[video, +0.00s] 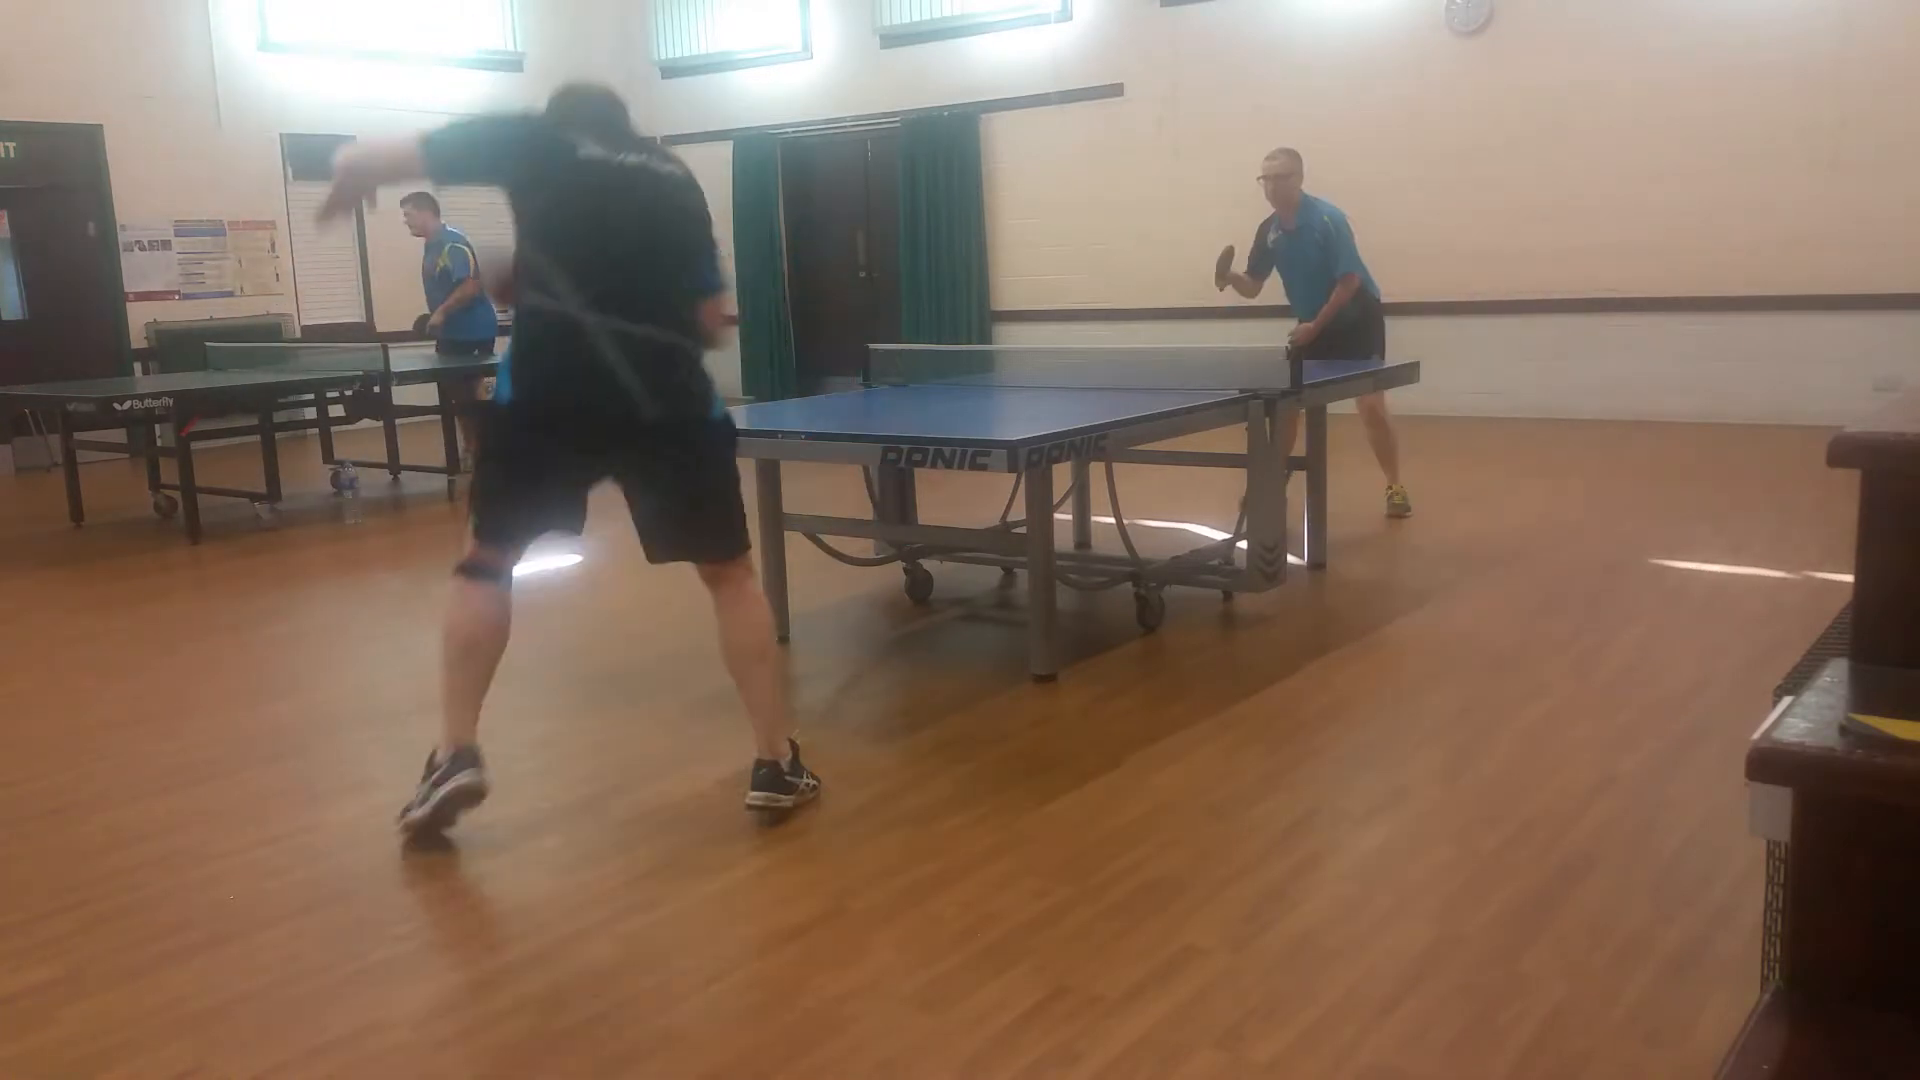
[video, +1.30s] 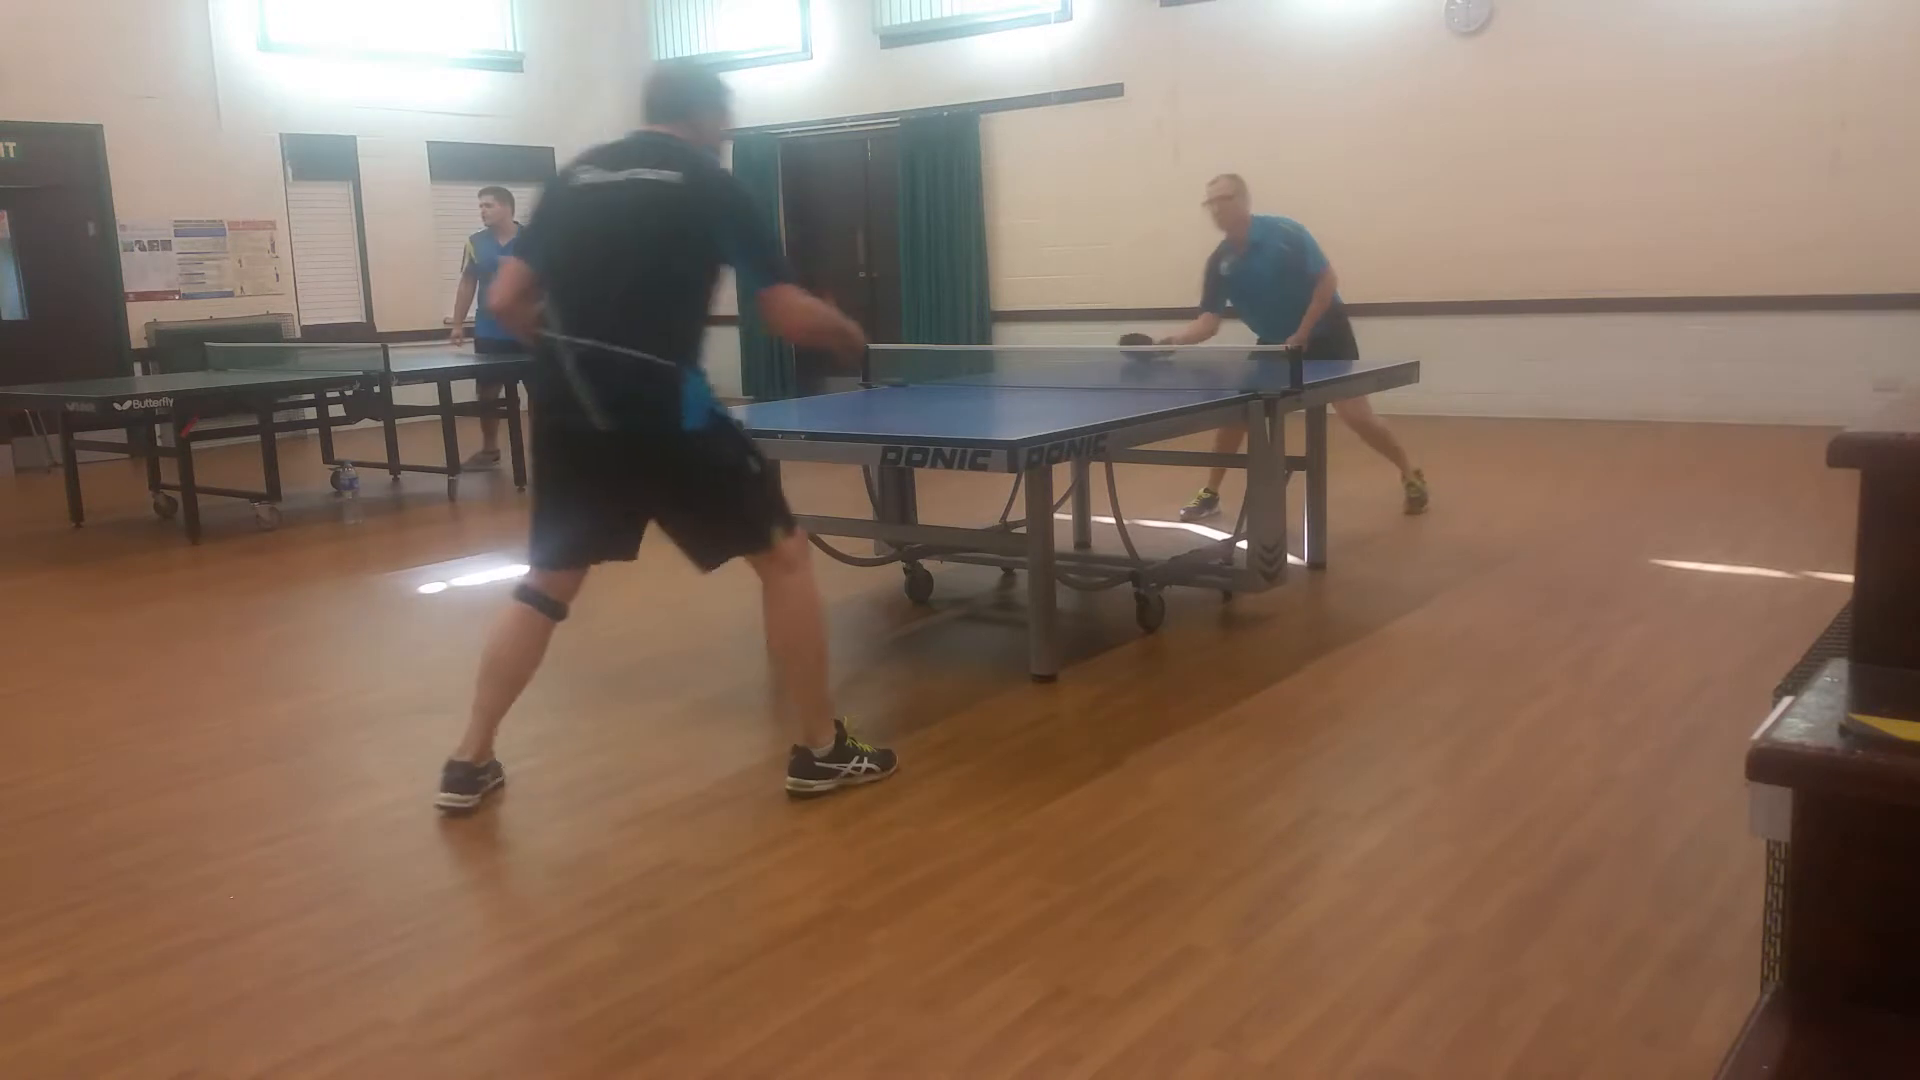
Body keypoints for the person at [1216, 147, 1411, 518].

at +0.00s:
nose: (1268, 187)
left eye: (1276, 179)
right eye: (1264, 180)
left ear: (1296, 179)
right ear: (1261, 184)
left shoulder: (1328, 219)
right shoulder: (1269, 231)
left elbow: (1350, 281)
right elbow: (1251, 287)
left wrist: (1314, 326)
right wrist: (1231, 275)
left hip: (1357, 316)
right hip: (1312, 322)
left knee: (1370, 406)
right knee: (1286, 404)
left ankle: (1394, 485)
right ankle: (1271, 488)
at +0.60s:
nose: (1237, 210)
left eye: (1243, 201)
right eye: (1234, 203)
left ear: (1268, 199)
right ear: (1235, 207)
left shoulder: (1312, 228)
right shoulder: (1259, 255)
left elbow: (1348, 285)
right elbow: (1268, 314)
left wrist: (1322, 336)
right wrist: (1235, 318)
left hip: (1351, 323)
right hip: (1306, 330)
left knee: (1365, 414)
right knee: (1265, 403)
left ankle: (1394, 486)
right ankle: (1230, 482)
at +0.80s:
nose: (1195, 241)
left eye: (1200, 231)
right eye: (1192, 234)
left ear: (1223, 227)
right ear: (1196, 238)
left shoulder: (1271, 243)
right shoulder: (1228, 285)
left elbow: (1323, 285)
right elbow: (1256, 336)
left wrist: (1308, 346)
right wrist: (1215, 328)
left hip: (1331, 338)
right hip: (1283, 349)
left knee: (1354, 420)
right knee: (1238, 416)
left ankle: (1393, 487)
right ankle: (1211, 492)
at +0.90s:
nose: (1179, 248)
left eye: (1183, 238)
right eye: (1175, 242)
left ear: (1205, 232)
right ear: (1182, 245)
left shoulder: (1258, 244)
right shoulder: (1211, 292)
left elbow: (1311, 280)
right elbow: (1229, 341)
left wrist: (1297, 339)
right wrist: (1185, 332)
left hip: (1322, 337)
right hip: (1273, 350)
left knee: (1354, 420)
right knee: (1230, 413)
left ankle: (1394, 486)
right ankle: (1210, 491)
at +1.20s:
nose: (1191, 218)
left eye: (1198, 209)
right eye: (1185, 214)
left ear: (1219, 209)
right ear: (1184, 221)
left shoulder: (1262, 233)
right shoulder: (1201, 271)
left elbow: (1312, 273)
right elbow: (1193, 326)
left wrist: (1296, 325)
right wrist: (1163, 339)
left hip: (1316, 326)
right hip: (1268, 340)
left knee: (1352, 412)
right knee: (1230, 409)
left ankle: (1399, 481)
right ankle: (1210, 493)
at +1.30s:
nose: (1217, 209)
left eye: (1224, 200)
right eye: (1211, 203)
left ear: (1243, 202)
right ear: (1208, 210)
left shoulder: (1286, 233)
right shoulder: (1220, 262)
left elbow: (1328, 280)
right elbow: (1208, 322)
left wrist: (1303, 331)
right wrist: (1174, 339)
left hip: (1323, 331)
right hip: (1275, 342)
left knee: (1357, 416)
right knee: (1234, 411)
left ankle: (1411, 472)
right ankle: (1209, 492)